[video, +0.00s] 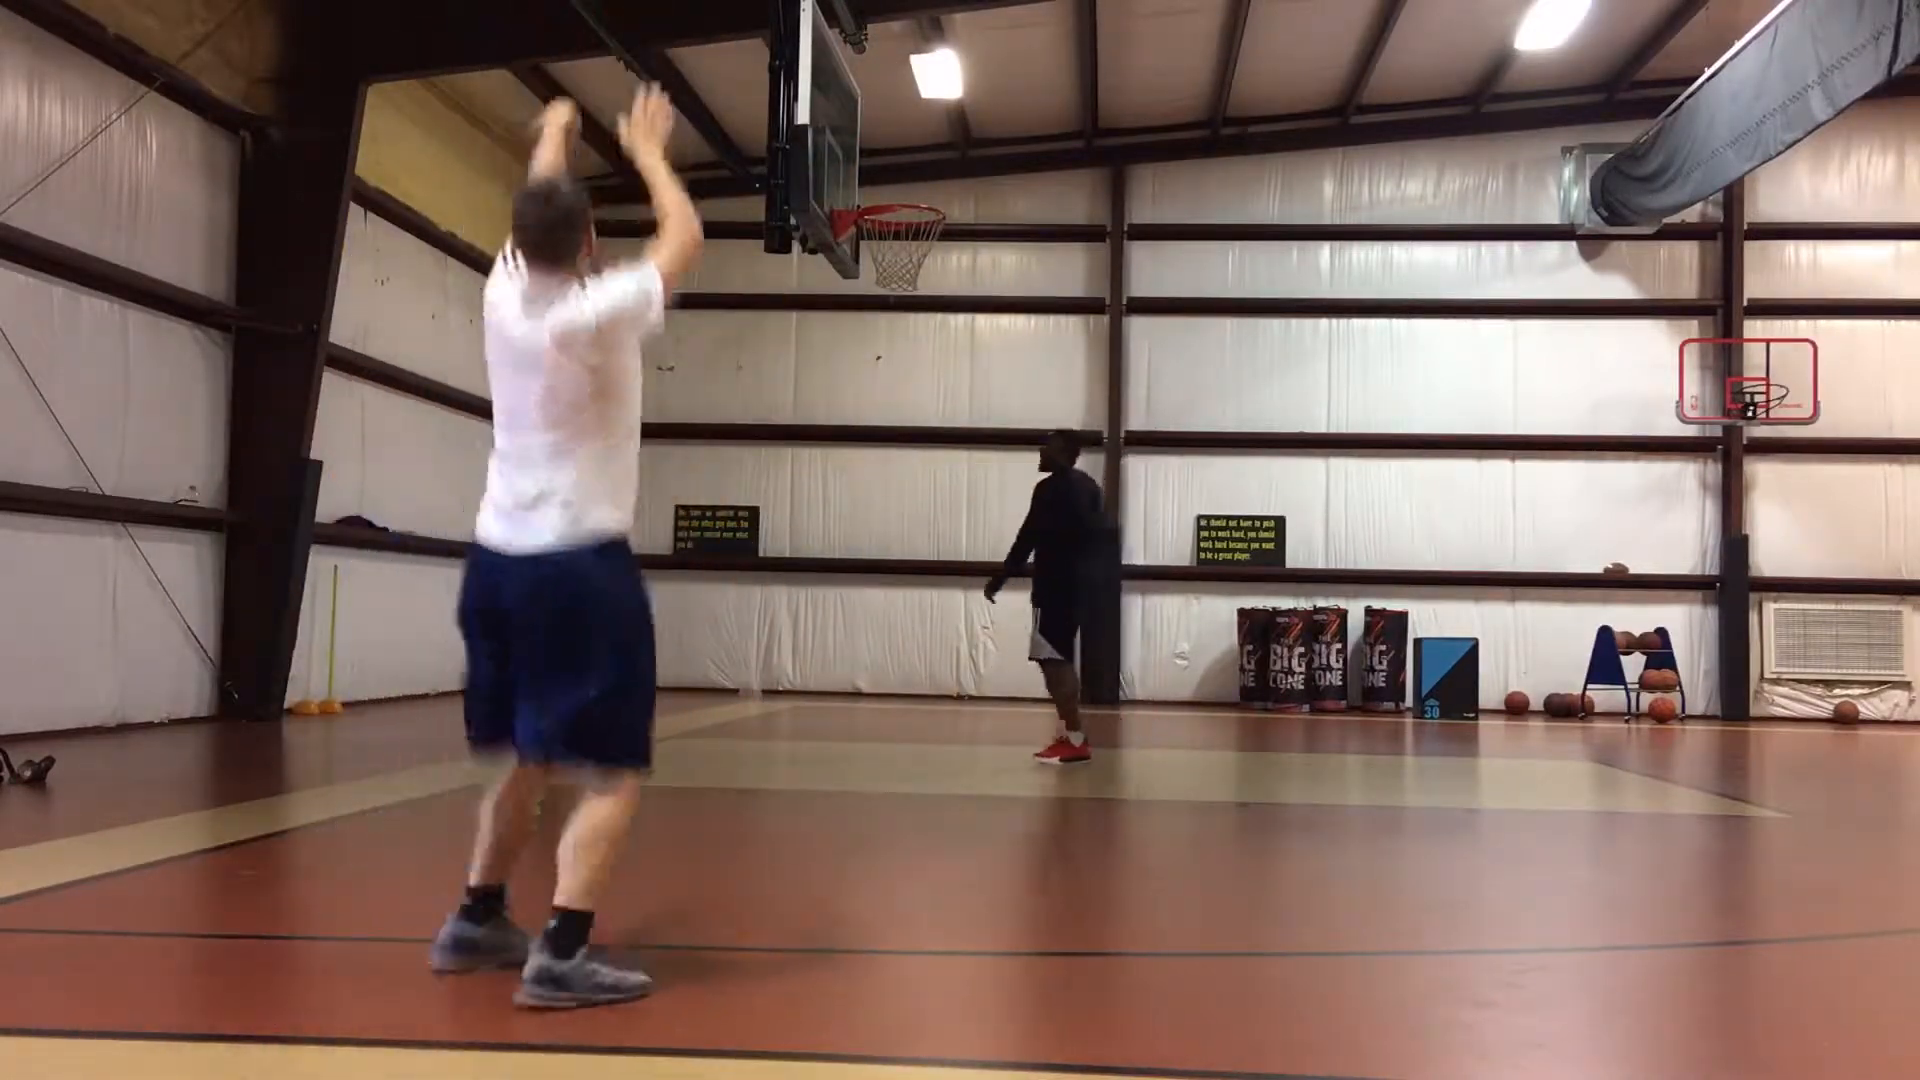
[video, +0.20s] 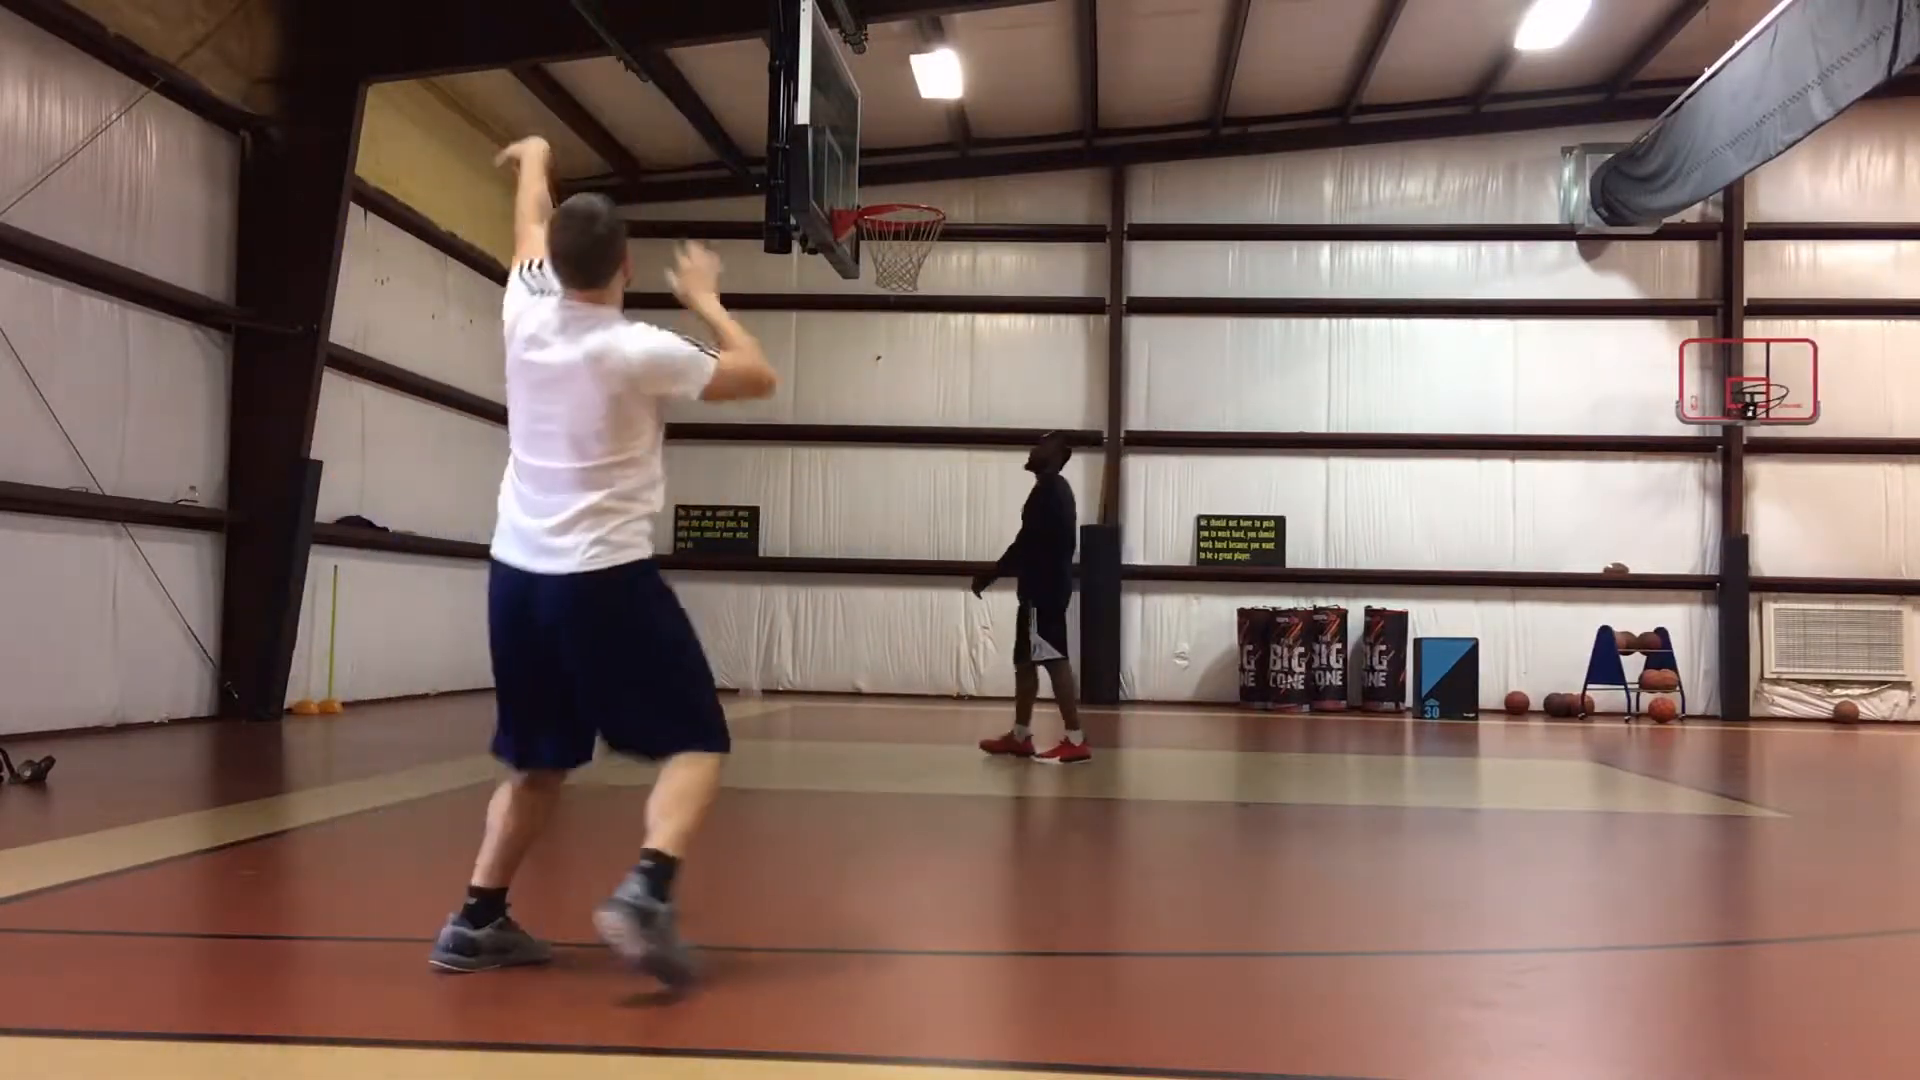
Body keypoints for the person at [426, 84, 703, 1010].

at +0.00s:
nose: (598, 234)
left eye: (572, 225)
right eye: (593, 225)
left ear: (523, 237)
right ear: (590, 237)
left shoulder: (504, 296)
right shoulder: (609, 307)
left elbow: (531, 213)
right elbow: (682, 233)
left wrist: (551, 145)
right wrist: (651, 153)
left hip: (499, 563)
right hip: (585, 568)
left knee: (524, 757)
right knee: (616, 773)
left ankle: (477, 917)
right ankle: (560, 955)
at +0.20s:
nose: (634, 260)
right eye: (631, 251)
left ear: (554, 261)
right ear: (624, 267)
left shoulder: (527, 314)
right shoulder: (638, 349)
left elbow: (530, 231)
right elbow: (756, 375)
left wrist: (531, 160)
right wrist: (706, 299)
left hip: (518, 576)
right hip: (610, 580)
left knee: (538, 755)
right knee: (697, 743)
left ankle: (478, 916)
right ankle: (645, 895)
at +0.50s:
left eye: (645, 229)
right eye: (717, 228)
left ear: (646, 234)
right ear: (723, 237)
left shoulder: (611, 289)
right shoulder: (753, 338)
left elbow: (560, 186)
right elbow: (829, 439)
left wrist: (534, 98)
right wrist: (792, 406)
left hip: (591, 553)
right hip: (695, 563)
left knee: (555, 739)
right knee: (716, 762)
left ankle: (508, 911)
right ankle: (722, 949)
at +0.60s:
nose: (726, 222)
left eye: (677, 212)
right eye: (738, 210)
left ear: (665, 219)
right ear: (748, 219)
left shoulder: (626, 271)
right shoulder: (775, 324)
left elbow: (566, 168)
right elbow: (838, 448)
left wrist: (541, 79)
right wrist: (885, 510)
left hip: (603, 538)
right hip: (709, 552)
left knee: (569, 734)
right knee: (720, 759)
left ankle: (524, 922)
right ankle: (724, 953)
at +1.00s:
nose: (755, 196)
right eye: (757, 187)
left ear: (668, 193)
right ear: (751, 199)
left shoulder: (612, 262)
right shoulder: (779, 301)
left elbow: (528, 261)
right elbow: (766, 434)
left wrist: (578, 179)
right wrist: (760, 574)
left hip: (611, 543)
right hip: (719, 553)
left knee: (602, 768)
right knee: (720, 772)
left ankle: (593, 985)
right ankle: (727, 966)